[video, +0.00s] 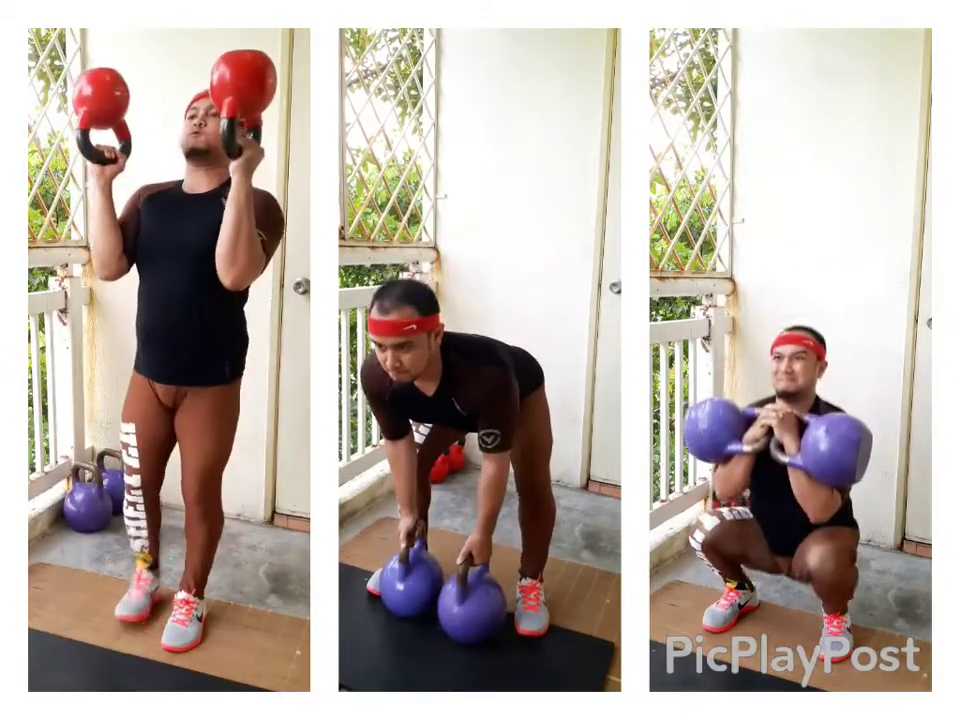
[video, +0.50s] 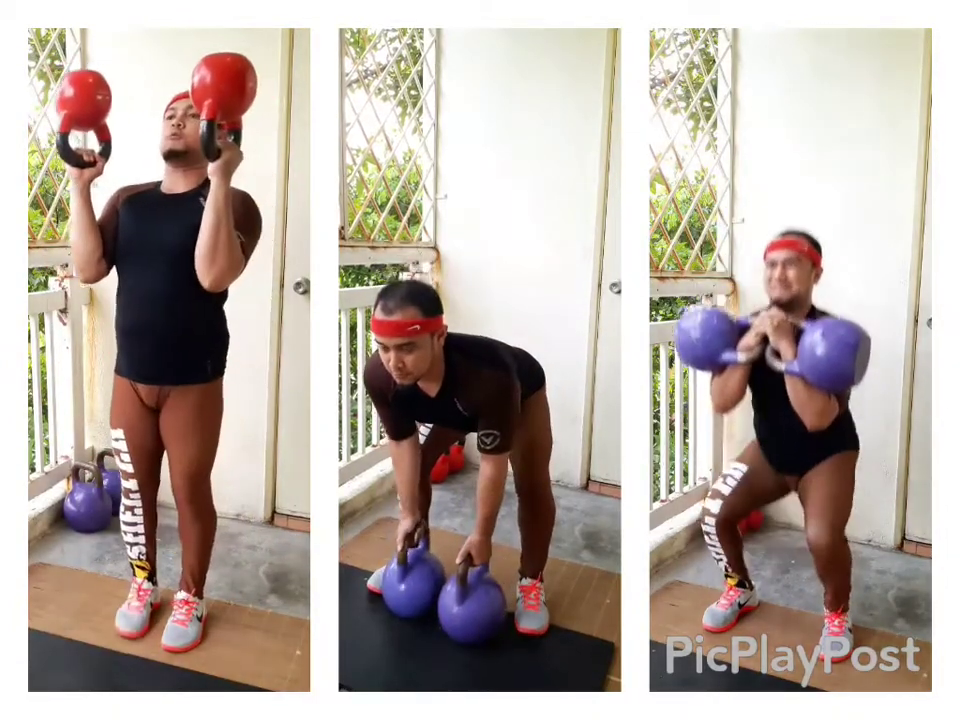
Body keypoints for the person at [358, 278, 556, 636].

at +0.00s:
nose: (391, 361)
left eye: (404, 348)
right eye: (381, 348)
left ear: (435, 337)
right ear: (373, 343)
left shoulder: (487, 374)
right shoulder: (376, 375)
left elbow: (496, 464)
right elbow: (398, 444)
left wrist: (483, 534)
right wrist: (407, 513)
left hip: (515, 391)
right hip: (450, 399)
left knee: (534, 487)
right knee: (414, 470)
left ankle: (531, 583)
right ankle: (409, 562)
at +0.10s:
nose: (393, 361)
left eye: (406, 348)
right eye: (383, 347)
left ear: (438, 337)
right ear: (375, 343)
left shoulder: (487, 374)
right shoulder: (378, 375)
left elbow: (494, 463)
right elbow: (398, 444)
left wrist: (481, 535)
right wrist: (407, 513)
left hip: (515, 391)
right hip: (450, 400)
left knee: (533, 486)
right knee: (415, 470)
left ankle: (531, 583)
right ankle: (409, 562)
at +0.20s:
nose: (395, 360)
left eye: (408, 347)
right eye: (384, 347)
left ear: (440, 337)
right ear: (376, 343)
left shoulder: (488, 375)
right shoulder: (378, 375)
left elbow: (493, 464)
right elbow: (398, 444)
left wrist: (481, 535)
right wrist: (406, 516)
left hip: (516, 392)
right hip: (451, 400)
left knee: (533, 487)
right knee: (415, 470)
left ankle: (531, 583)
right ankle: (408, 562)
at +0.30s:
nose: (395, 360)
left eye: (408, 347)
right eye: (384, 347)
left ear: (440, 337)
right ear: (377, 343)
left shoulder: (488, 375)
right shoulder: (379, 375)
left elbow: (494, 464)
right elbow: (399, 444)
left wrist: (481, 535)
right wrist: (405, 516)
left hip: (516, 391)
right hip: (452, 399)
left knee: (533, 486)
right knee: (415, 470)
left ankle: (531, 583)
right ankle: (408, 562)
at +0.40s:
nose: (395, 361)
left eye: (408, 347)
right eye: (384, 347)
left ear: (440, 336)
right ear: (376, 343)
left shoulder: (489, 375)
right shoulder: (379, 375)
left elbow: (494, 464)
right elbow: (400, 444)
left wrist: (481, 535)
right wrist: (405, 517)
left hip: (516, 391)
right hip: (452, 399)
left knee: (533, 486)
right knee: (415, 471)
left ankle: (531, 583)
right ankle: (407, 562)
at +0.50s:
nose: (394, 362)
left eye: (407, 349)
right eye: (384, 348)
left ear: (439, 337)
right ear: (376, 344)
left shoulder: (489, 375)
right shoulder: (379, 375)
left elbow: (494, 464)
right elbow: (403, 444)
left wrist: (481, 535)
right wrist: (408, 514)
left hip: (516, 391)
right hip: (452, 400)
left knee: (533, 486)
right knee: (416, 471)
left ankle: (531, 583)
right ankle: (408, 563)